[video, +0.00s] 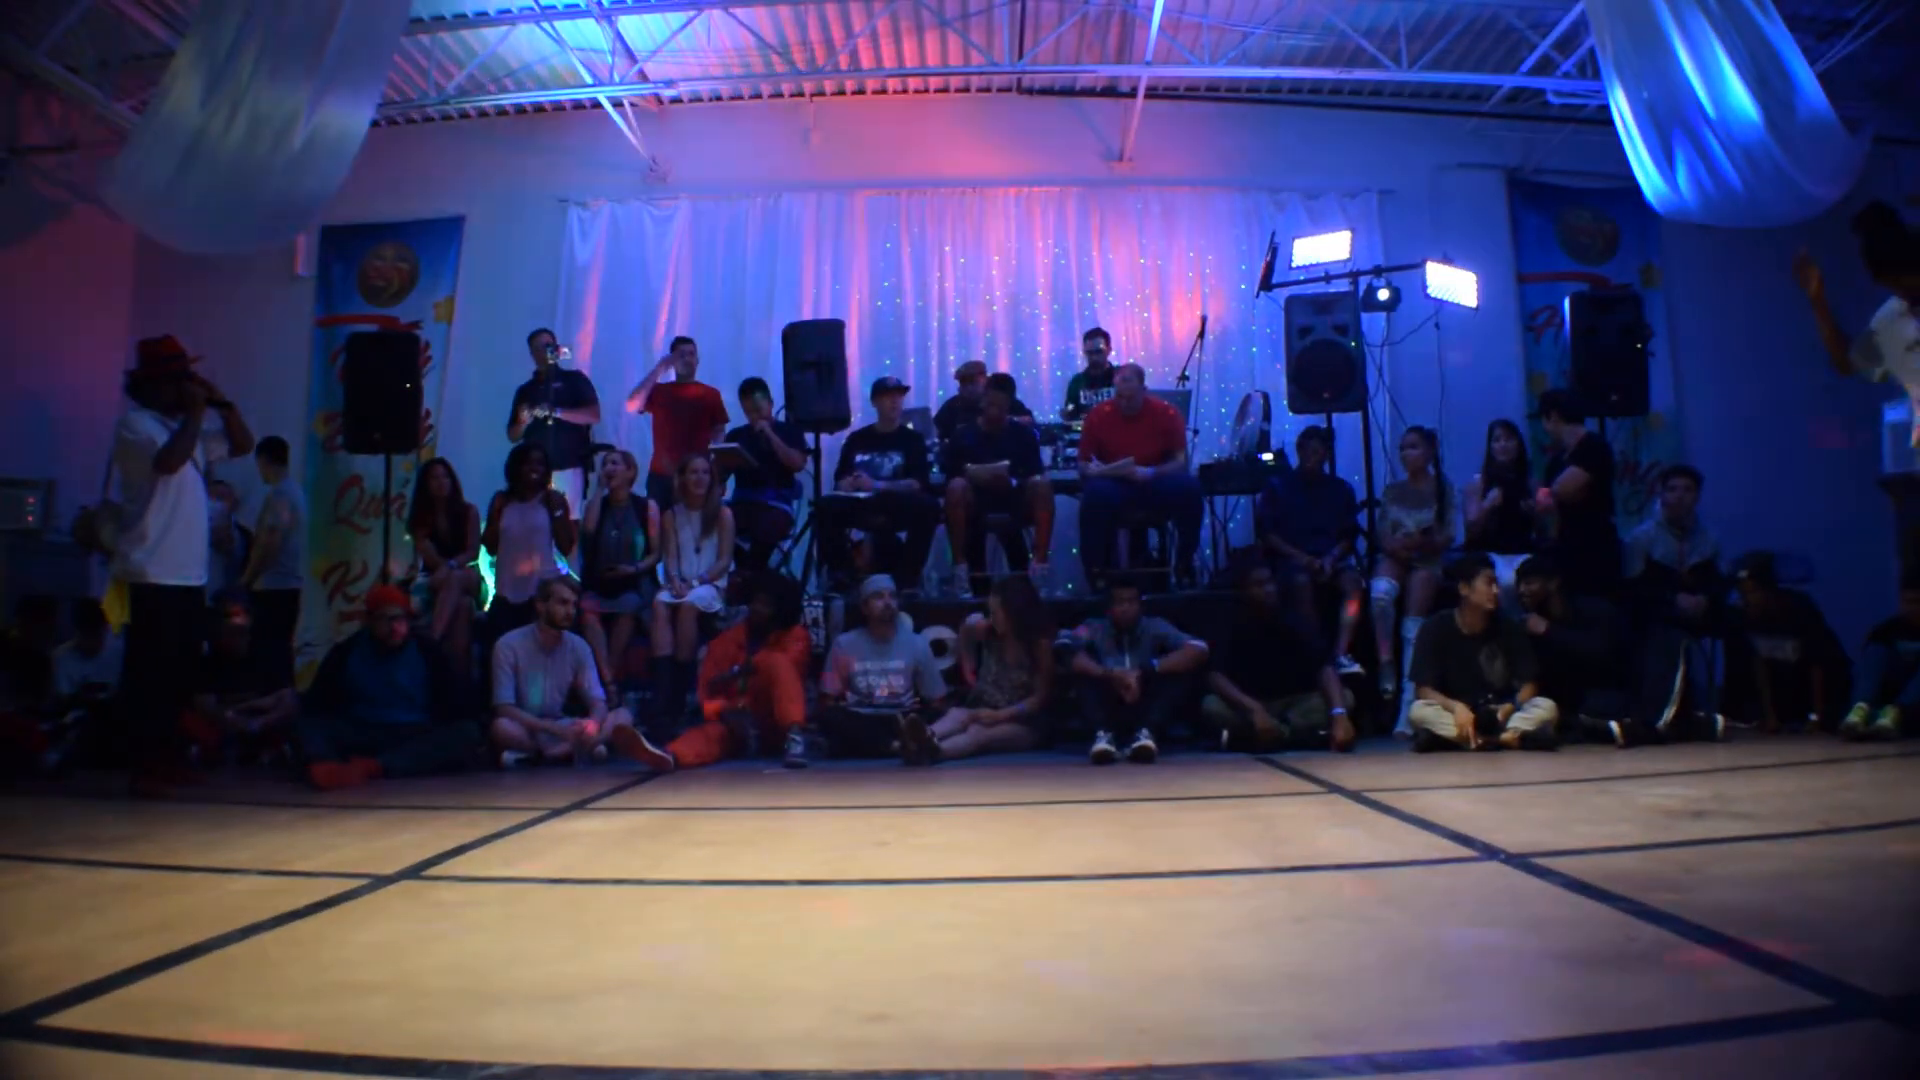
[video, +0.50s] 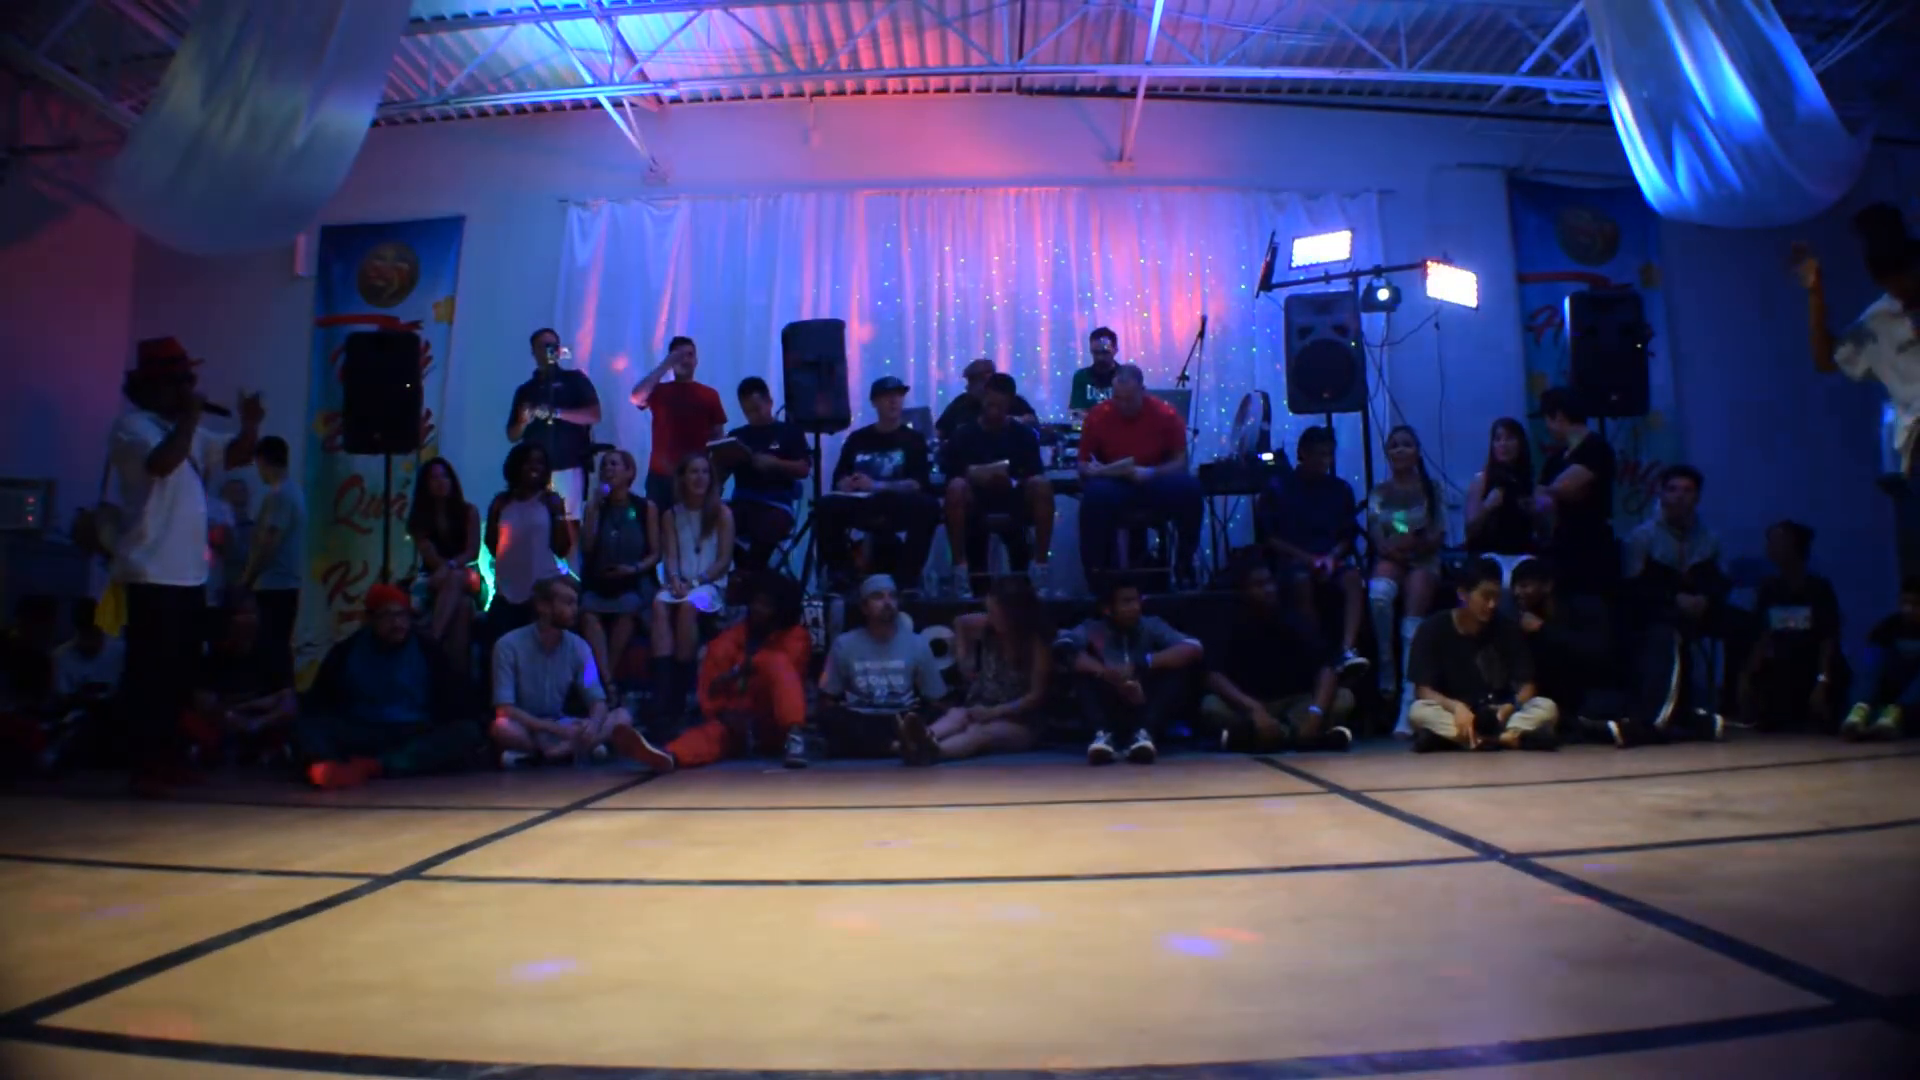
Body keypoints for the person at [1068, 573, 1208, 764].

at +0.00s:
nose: (1126, 608)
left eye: (1131, 602)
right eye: (1120, 603)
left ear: (1140, 605)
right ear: (1110, 607)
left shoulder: (1153, 628)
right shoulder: (1097, 629)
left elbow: (1198, 650)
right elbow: (1065, 647)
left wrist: (1145, 671)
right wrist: (1110, 676)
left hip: (1146, 702)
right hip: (1107, 703)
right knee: (1090, 677)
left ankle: (1145, 734)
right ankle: (1102, 735)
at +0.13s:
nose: (1129, 609)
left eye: (1133, 603)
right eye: (1123, 603)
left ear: (1140, 606)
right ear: (1109, 609)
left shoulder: (1152, 628)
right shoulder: (1094, 629)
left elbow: (1198, 650)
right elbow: (1063, 648)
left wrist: (1149, 669)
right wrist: (1108, 674)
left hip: (1146, 702)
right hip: (1107, 702)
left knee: (1175, 675)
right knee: (1087, 677)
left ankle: (1145, 734)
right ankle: (1102, 735)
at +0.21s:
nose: (1132, 608)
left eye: (1135, 602)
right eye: (1125, 603)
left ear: (1141, 606)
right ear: (1108, 610)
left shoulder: (1152, 628)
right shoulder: (1094, 630)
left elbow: (1198, 650)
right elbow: (1063, 648)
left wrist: (1147, 667)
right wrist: (1108, 675)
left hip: (1146, 701)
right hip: (1106, 702)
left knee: (1174, 673)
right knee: (1087, 677)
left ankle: (1145, 734)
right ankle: (1102, 735)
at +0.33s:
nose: (1133, 608)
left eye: (1136, 601)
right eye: (1126, 602)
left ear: (1141, 604)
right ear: (1108, 610)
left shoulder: (1151, 627)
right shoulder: (1094, 630)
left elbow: (1197, 650)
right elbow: (1063, 649)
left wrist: (1144, 665)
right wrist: (1112, 675)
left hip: (1146, 700)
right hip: (1107, 701)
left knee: (1174, 673)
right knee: (1085, 675)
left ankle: (1145, 734)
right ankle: (1102, 735)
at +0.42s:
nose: (1134, 608)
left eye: (1136, 601)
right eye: (1126, 602)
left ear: (1140, 603)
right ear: (1108, 610)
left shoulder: (1150, 627)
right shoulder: (1093, 630)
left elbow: (1194, 649)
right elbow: (1063, 648)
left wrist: (1142, 664)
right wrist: (1113, 676)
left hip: (1146, 700)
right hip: (1107, 700)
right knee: (1086, 675)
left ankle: (1144, 734)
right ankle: (1102, 735)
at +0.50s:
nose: (1134, 608)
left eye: (1136, 601)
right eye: (1126, 602)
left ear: (1141, 603)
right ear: (1108, 609)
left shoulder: (1150, 627)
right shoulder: (1094, 630)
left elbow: (1193, 648)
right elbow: (1064, 649)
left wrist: (1142, 665)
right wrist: (1115, 678)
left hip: (1146, 701)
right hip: (1107, 701)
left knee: (1171, 673)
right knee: (1086, 676)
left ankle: (1144, 735)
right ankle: (1101, 735)